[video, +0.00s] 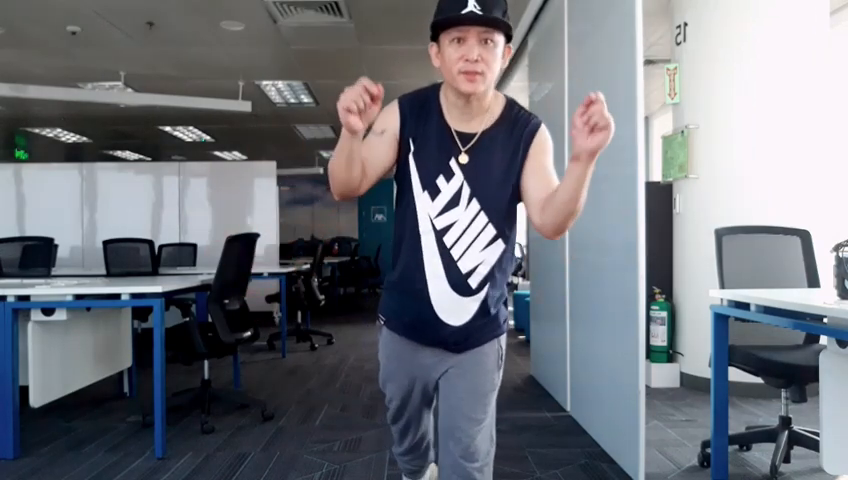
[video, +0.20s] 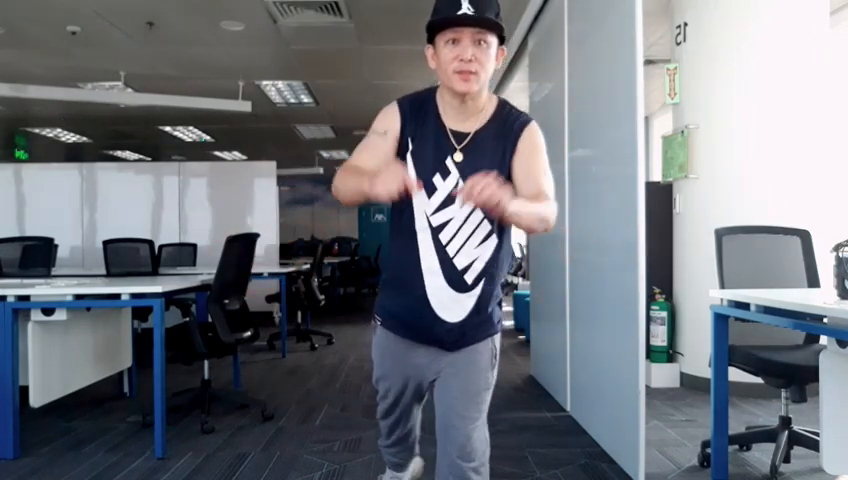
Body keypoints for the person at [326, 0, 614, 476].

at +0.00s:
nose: (473, 54)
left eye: (487, 42)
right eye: (458, 41)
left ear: (505, 55)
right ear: (435, 54)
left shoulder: (527, 132)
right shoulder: (404, 113)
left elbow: (550, 223)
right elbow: (344, 186)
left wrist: (583, 159)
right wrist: (351, 131)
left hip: (479, 331)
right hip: (407, 325)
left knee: (468, 463)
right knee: (406, 441)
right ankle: (414, 470)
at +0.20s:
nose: (467, 54)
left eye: (480, 43)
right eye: (453, 42)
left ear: (498, 57)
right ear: (431, 57)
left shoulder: (521, 131)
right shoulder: (400, 116)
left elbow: (544, 214)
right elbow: (342, 185)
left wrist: (508, 206)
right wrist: (375, 181)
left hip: (474, 329)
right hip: (401, 322)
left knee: (465, 453)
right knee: (394, 422)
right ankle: (400, 468)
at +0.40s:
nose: (454, 75)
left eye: (466, 64)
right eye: (442, 62)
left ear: (483, 77)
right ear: (420, 74)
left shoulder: (498, 148)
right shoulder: (387, 135)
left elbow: (530, 222)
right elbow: (341, 203)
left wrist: (551, 279)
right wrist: (309, 262)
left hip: (460, 333)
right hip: (390, 329)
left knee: (456, 451)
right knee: (388, 428)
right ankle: (394, 473)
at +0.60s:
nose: (446, 89)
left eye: (458, 79)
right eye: (434, 77)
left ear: (475, 91)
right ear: (411, 86)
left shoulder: (489, 158)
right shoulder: (379, 148)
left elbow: (525, 228)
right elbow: (335, 213)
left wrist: (569, 289)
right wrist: (290, 270)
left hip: (453, 337)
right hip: (384, 335)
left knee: (455, 449)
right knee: (388, 430)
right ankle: (394, 474)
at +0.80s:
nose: (452, 99)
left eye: (464, 87)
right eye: (439, 86)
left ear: (479, 98)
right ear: (415, 95)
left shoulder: (496, 163)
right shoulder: (384, 158)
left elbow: (516, 230)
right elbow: (354, 222)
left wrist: (543, 288)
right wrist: (319, 275)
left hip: (463, 342)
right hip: (392, 341)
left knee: (462, 459)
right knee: (389, 439)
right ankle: (395, 475)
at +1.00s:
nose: (466, 85)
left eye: (479, 72)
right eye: (452, 72)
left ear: (495, 81)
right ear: (427, 80)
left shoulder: (515, 154)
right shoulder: (395, 146)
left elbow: (547, 235)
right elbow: (350, 221)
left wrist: (584, 314)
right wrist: (308, 291)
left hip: (474, 344)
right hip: (400, 339)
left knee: (462, 464)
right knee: (384, 441)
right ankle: (394, 473)